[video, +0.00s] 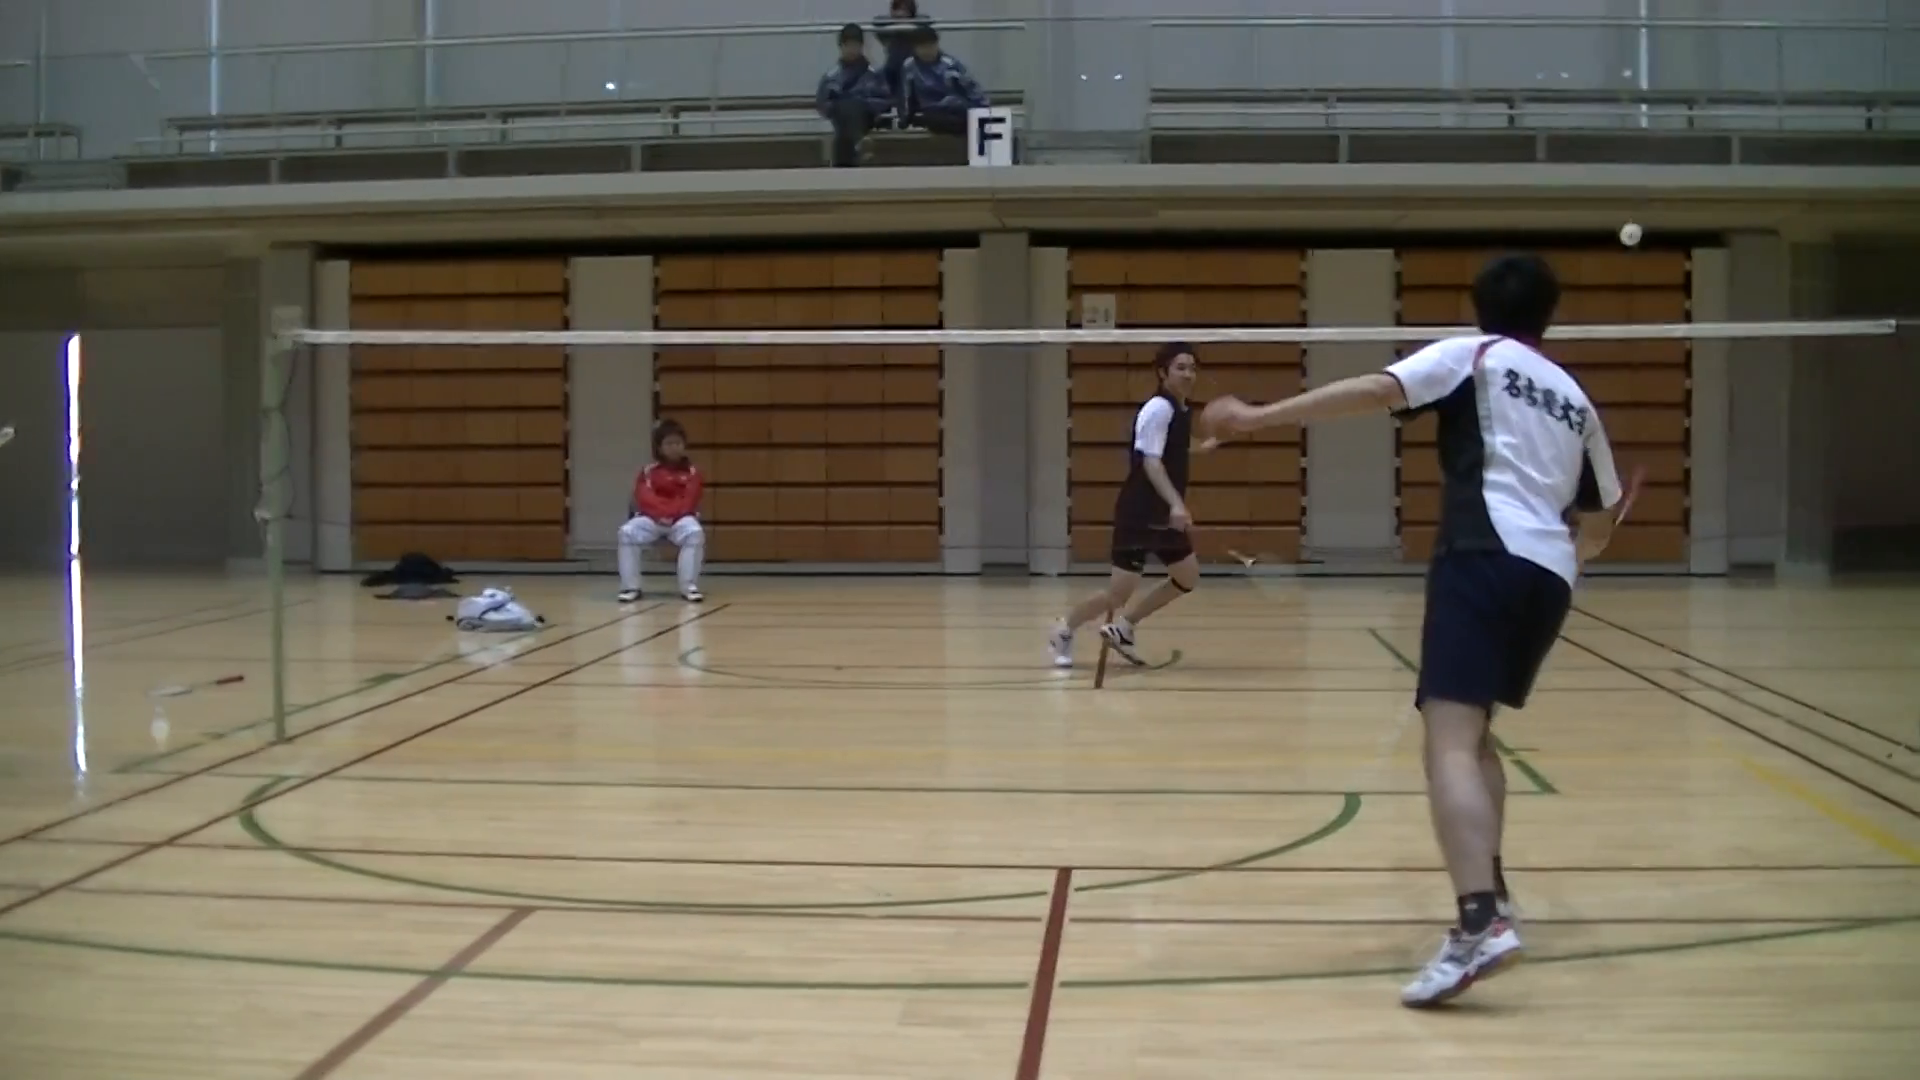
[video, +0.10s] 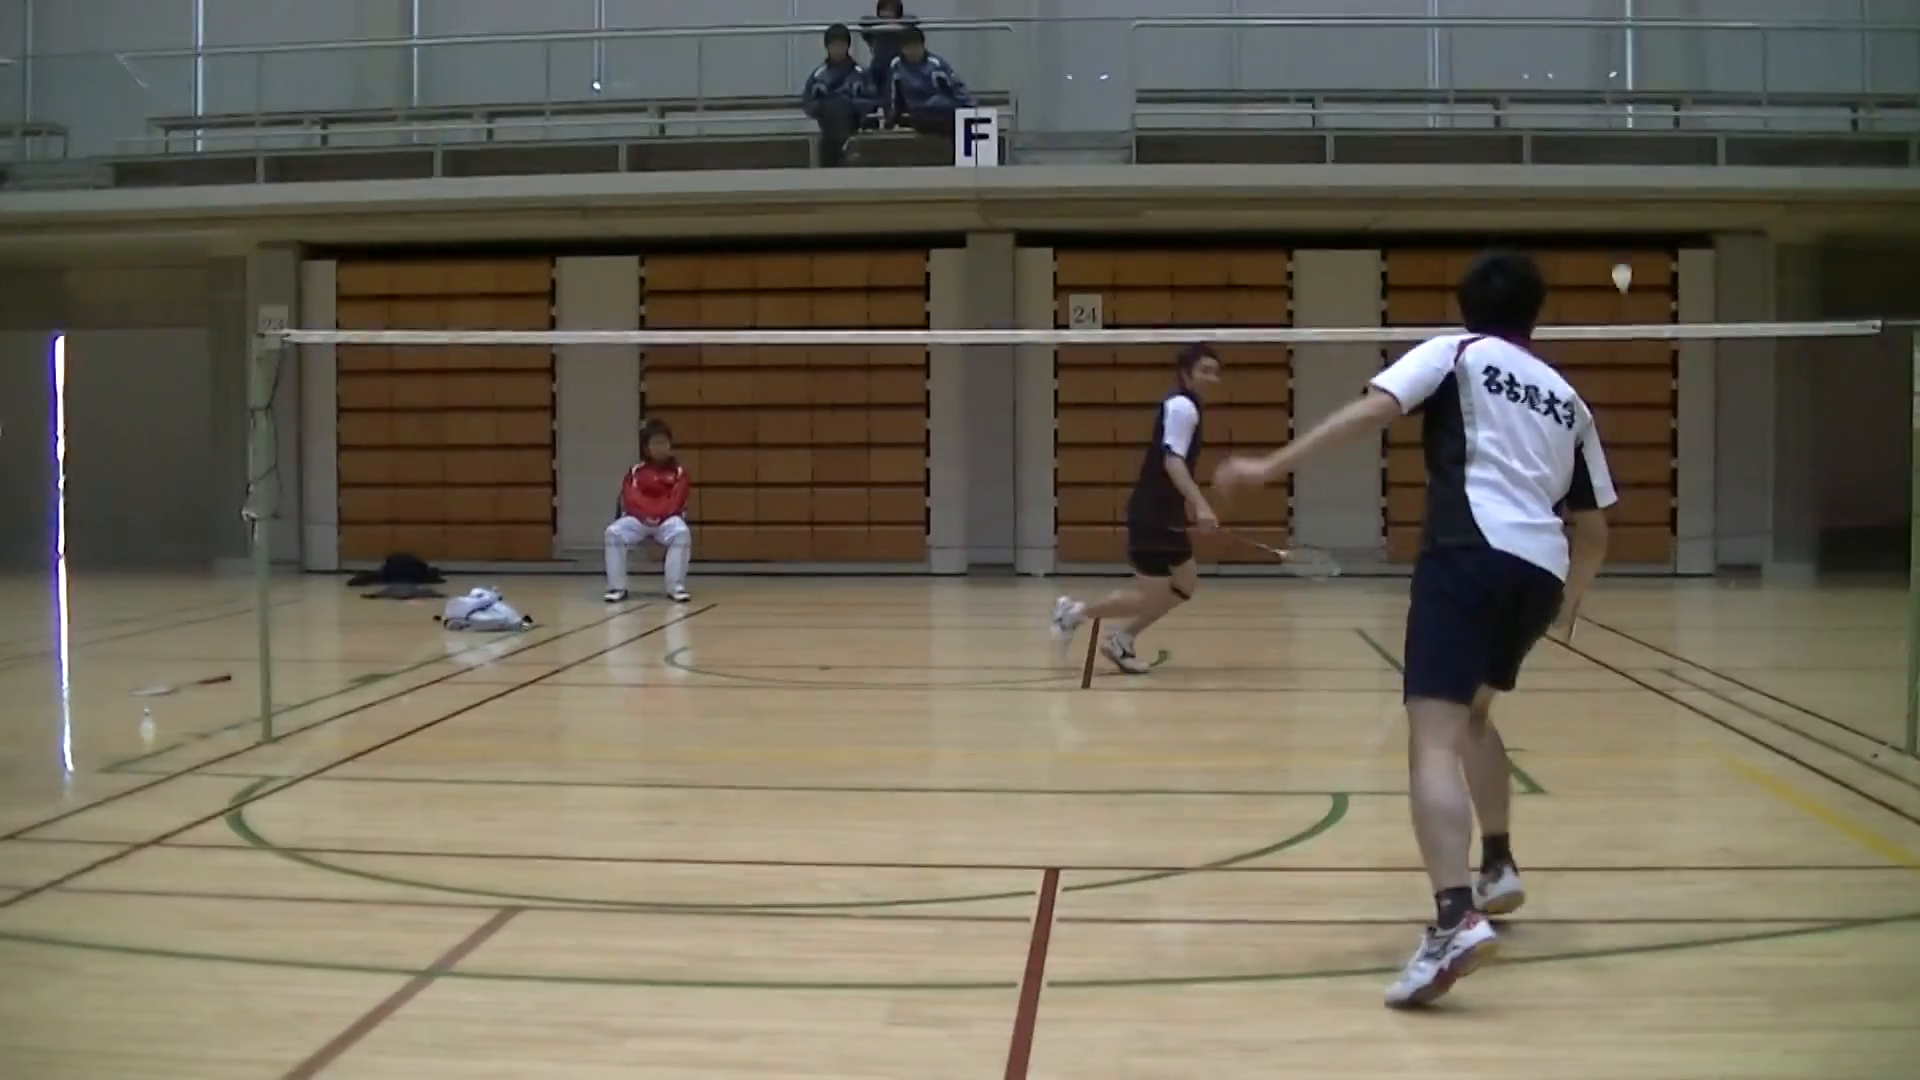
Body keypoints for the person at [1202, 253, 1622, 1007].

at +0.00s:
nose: (1474, 315)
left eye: (1477, 305)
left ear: (1481, 311)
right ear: (1546, 322)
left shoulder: (1473, 352)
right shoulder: (1578, 400)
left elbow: (1382, 390)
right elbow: (1602, 514)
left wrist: (1257, 417)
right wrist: (1557, 559)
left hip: (1481, 561)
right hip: (1550, 580)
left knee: (1452, 743)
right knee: (1473, 737)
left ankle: (1479, 923)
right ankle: (1490, 899)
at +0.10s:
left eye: (1464, 308)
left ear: (1467, 310)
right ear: (1533, 321)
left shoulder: (1454, 351)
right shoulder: (1569, 400)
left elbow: (1373, 410)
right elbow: (1591, 527)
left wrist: (1271, 464)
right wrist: (1570, 593)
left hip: (1466, 559)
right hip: (1543, 579)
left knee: (1435, 741)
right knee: (1473, 715)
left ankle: (1455, 921)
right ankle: (1498, 866)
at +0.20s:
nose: (1459, 341)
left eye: (1461, 331)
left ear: (1464, 334)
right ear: (1533, 340)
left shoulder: (1447, 377)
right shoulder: (1569, 417)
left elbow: (1388, 454)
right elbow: (1594, 548)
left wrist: (1299, 527)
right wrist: (1567, 632)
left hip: (1453, 582)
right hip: (1534, 598)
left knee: (1424, 763)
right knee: (1480, 735)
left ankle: (1447, 923)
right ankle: (1509, 888)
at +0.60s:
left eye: (1504, 367)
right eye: (1569, 365)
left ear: (1502, 370)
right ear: (1569, 372)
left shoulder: (1472, 418)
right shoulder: (1602, 453)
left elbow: (1415, 505)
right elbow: (1643, 572)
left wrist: (1352, 587)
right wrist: (1650, 671)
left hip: (1476, 610)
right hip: (1561, 627)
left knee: (1451, 764)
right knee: (1519, 758)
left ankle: (1444, 902)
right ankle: (1514, 903)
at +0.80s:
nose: (1524, 336)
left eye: (1524, 327)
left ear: (1531, 331)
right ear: (1594, 334)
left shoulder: (1509, 382)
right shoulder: (1629, 411)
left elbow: (1480, 458)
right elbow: (1643, 527)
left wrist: (1435, 534)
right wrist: (1638, 622)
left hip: (1515, 586)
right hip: (1596, 595)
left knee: (1492, 732)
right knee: (1556, 759)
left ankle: (1472, 843)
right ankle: (1520, 897)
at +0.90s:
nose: (1531, 322)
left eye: (1531, 312)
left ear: (1536, 315)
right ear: (1596, 316)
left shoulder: (1525, 366)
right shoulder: (1637, 387)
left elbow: (1499, 445)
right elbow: (1652, 500)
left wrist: (1458, 525)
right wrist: (1648, 585)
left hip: (1543, 561)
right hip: (1621, 566)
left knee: (1518, 703)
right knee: (1578, 715)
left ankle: (1519, 841)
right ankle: (1565, 827)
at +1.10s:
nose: (1565, 356)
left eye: (1567, 348)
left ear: (1570, 351)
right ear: (1630, 351)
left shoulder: (1558, 403)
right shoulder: (1666, 415)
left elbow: (1495, 486)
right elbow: (1685, 516)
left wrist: (1435, 556)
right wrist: (1691, 580)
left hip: (1578, 586)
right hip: (1653, 590)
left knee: (1551, 733)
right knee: (1641, 679)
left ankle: (1558, 855)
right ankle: (1637, 794)